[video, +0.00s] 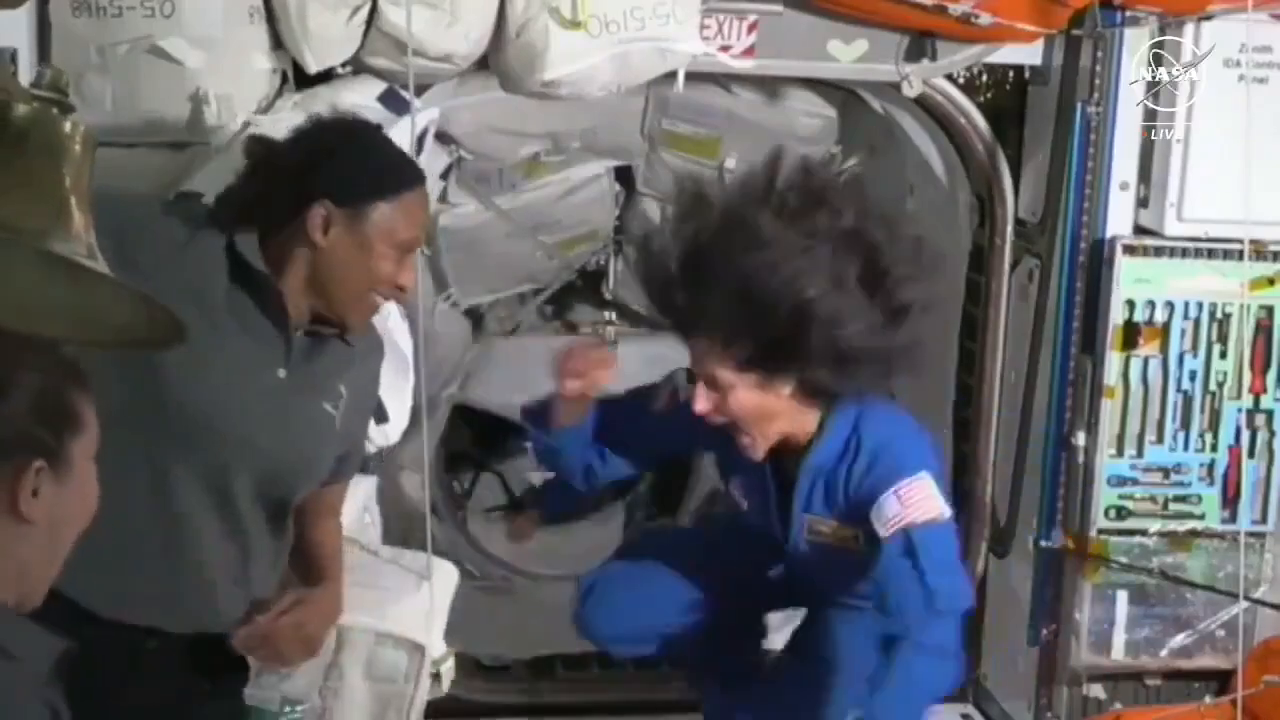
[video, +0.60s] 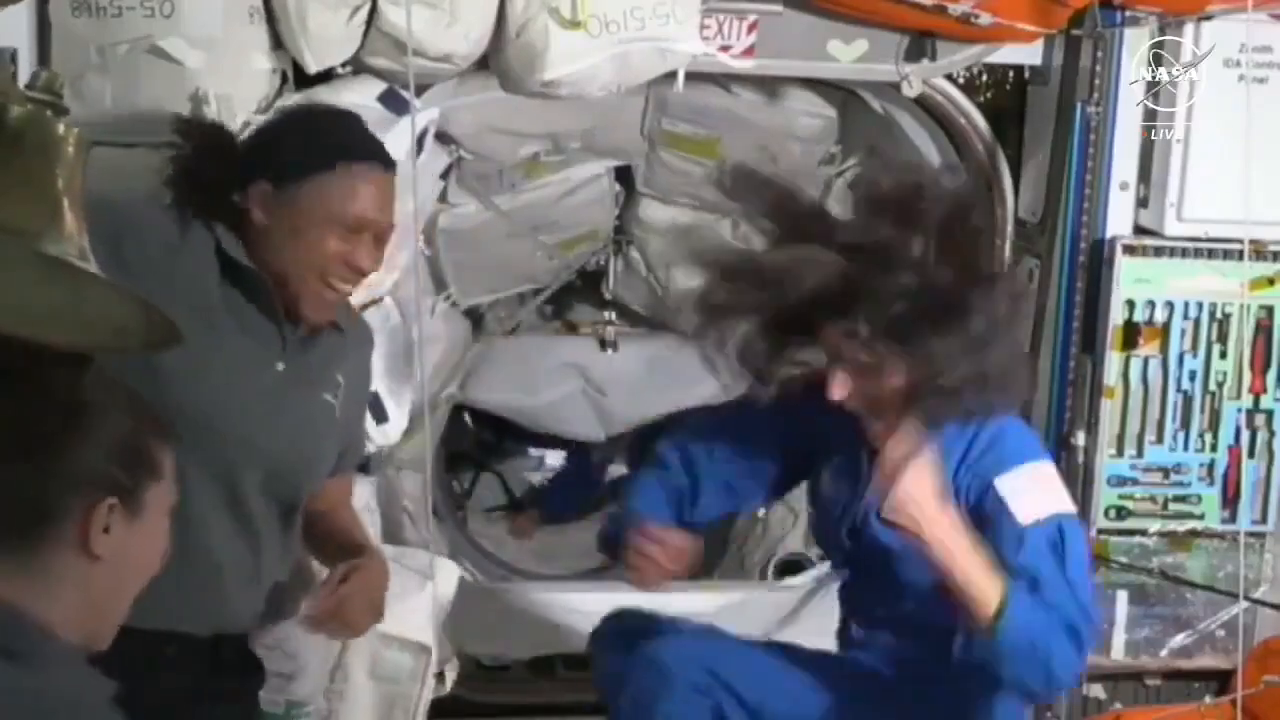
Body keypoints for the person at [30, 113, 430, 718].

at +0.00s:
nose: (407, 284)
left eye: (414, 257)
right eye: (400, 251)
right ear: (322, 225)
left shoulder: (354, 361)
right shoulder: (145, 248)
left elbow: (320, 509)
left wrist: (325, 596)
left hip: (203, 670)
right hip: (55, 638)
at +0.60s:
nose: (367, 263)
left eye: (380, 240)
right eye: (349, 231)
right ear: (262, 205)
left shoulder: (346, 342)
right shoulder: (139, 248)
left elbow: (326, 500)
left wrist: (365, 559)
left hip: (223, 664)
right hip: (86, 645)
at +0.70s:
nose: (322, 247)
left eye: (351, 229)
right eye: (304, 211)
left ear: (370, 239)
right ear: (246, 192)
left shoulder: (349, 345)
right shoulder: (145, 250)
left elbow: (332, 503)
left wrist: (363, 554)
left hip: (222, 654)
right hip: (85, 634)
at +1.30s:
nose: (315, 240)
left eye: (344, 222)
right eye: (295, 205)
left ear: (365, 235)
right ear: (240, 192)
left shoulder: (356, 353)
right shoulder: (163, 239)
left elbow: (351, 517)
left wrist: (349, 566)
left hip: (216, 622)